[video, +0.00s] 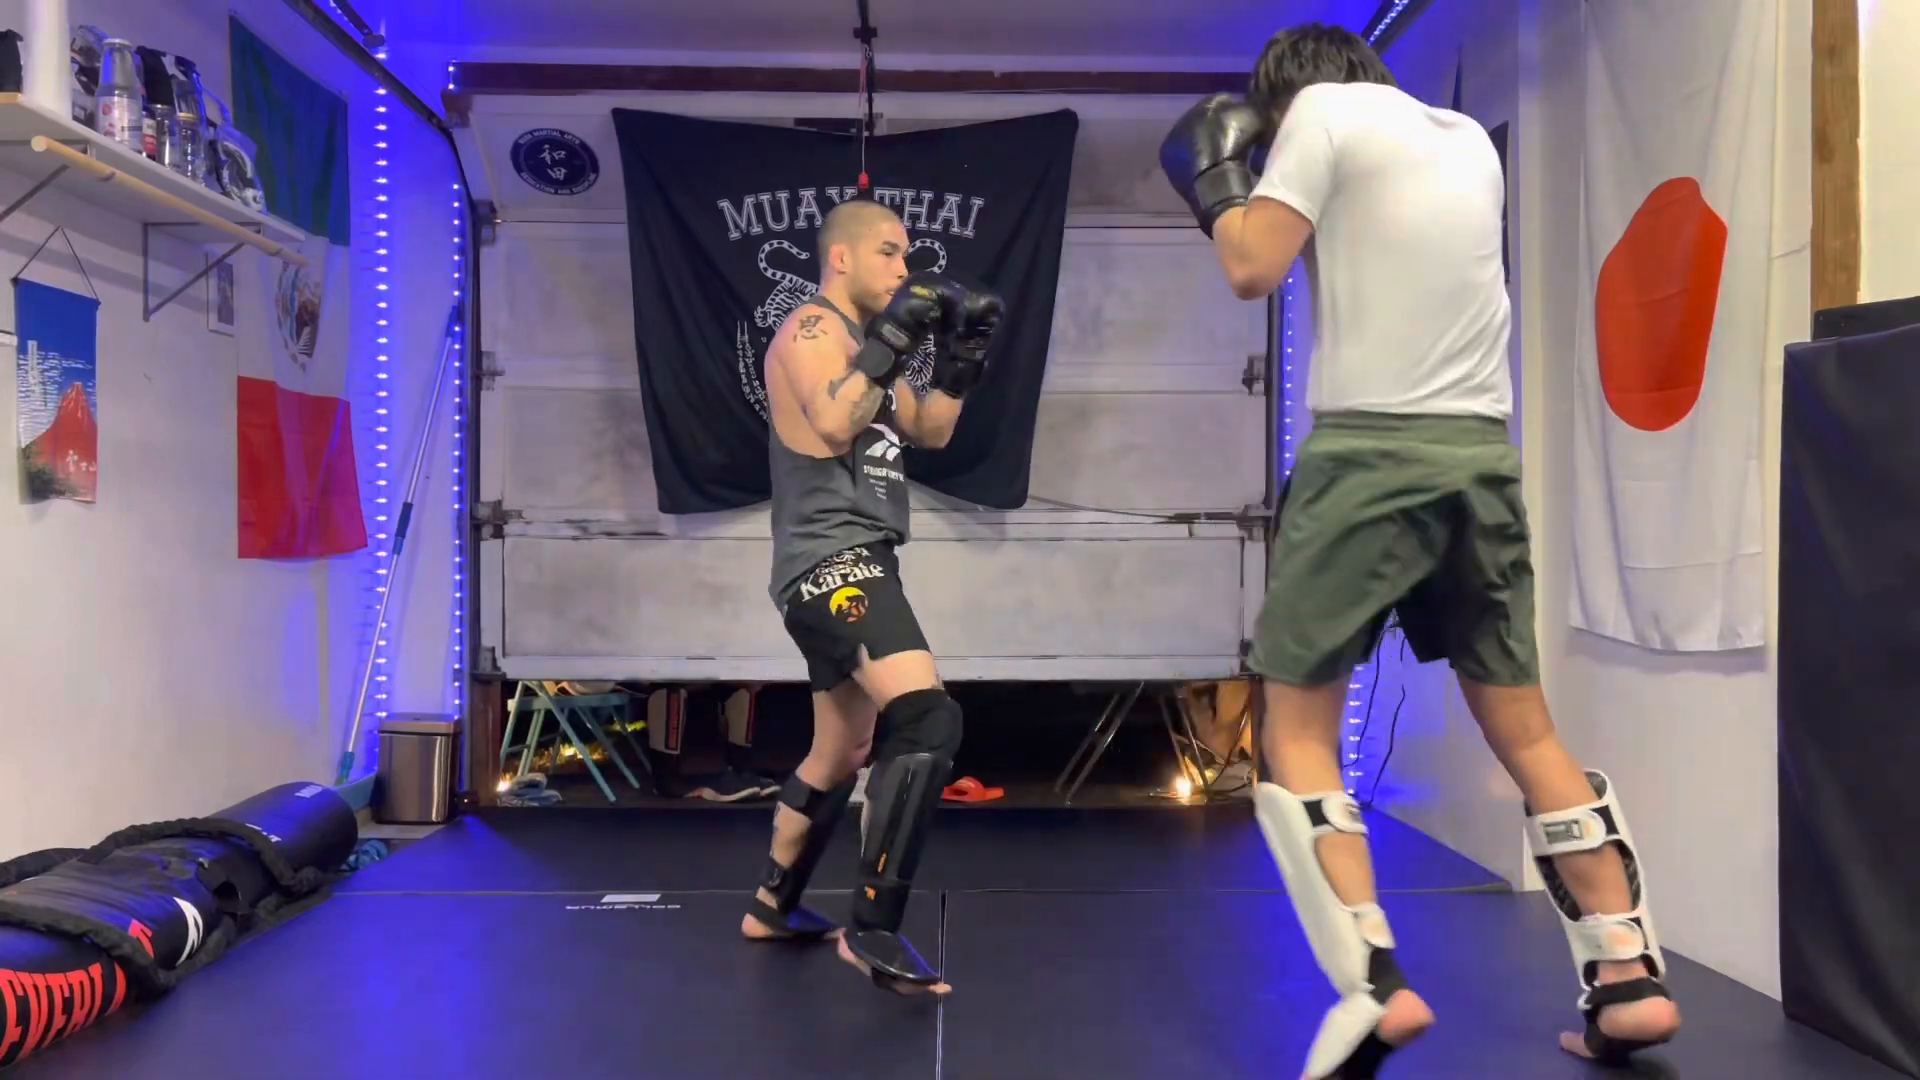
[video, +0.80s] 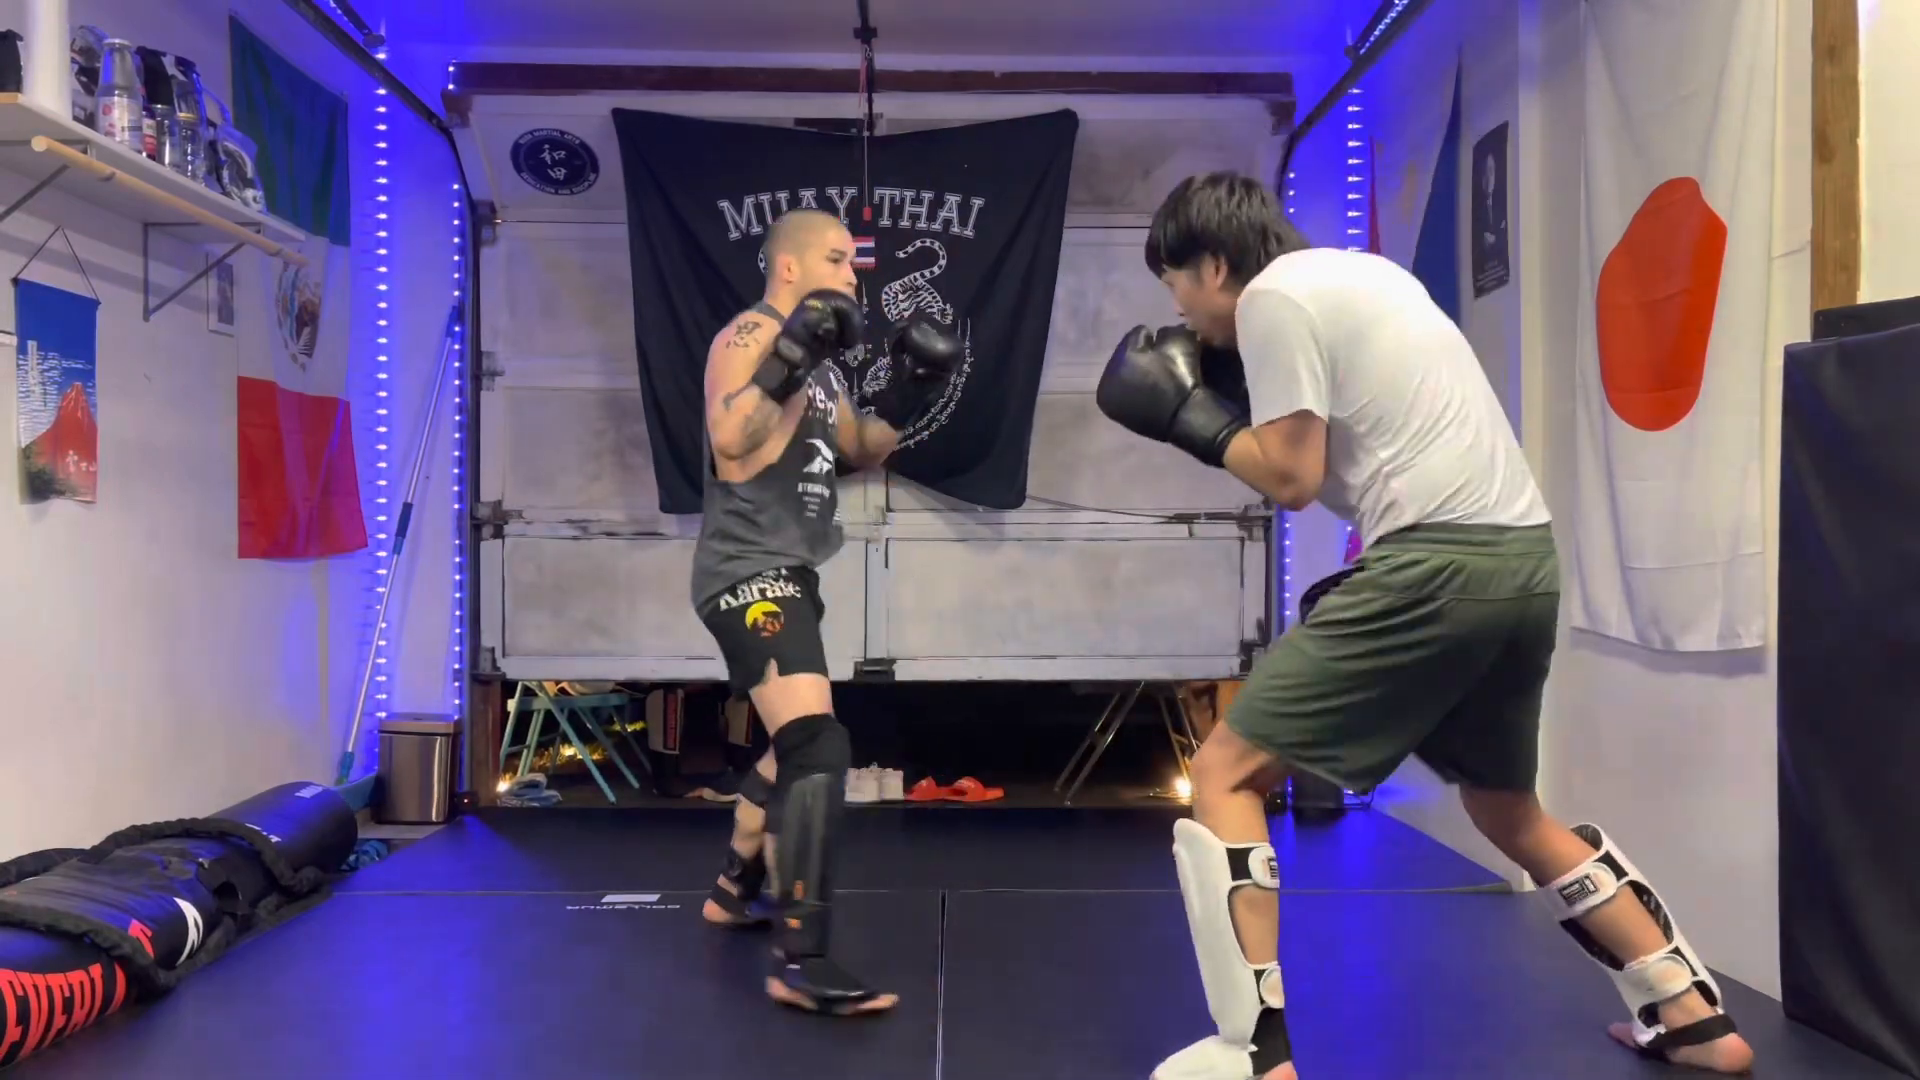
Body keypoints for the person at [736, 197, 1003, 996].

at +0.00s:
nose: (903, 269)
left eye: (905, 256)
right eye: (889, 253)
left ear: (872, 263)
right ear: (839, 257)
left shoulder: (869, 342)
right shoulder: (808, 329)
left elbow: (929, 431)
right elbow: (832, 425)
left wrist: (959, 363)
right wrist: (894, 344)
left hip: (851, 559)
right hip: (833, 560)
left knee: (839, 748)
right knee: (924, 722)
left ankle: (775, 903)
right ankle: (875, 928)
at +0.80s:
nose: (852, 271)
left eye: (852, 259)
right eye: (838, 258)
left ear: (822, 271)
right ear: (786, 268)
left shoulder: (816, 351)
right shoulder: (748, 337)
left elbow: (859, 448)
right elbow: (731, 447)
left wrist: (913, 386)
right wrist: (798, 357)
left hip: (788, 572)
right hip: (751, 571)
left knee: (793, 745)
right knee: (817, 751)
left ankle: (739, 881)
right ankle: (802, 958)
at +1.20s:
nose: (779, 281)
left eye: (779, 267)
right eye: (764, 265)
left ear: (723, 277)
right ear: (711, 272)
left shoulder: (722, 351)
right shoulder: (690, 340)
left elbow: (772, 453)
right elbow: (734, 417)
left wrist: (825, 386)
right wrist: (804, 327)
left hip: (674, 590)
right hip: (686, 591)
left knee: (701, 766)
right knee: (771, 773)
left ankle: (691, 900)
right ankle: (690, 967)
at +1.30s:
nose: (759, 286)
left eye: (756, 271)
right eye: (742, 269)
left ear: (686, 284)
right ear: (690, 278)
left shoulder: (666, 359)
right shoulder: (689, 343)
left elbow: (714, 451)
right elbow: (792, 336)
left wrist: (760, 417)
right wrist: (910, 284)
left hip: (613, 603)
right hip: (653, 605)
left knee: (667, 767)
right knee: (732, 802)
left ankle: (650, 906)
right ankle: (666, 1015)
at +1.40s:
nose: (734, 280)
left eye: (732, 265)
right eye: (720, 262)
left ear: (661, 276)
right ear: (666, 271)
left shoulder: (634, 354)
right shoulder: (663, 338)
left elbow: (693, 458)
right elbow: (755, 355)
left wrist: (746, 395)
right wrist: (866, 304)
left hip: (572, 609)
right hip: (617, 608)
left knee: (621, 762)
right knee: (714, 793)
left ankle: (540, 910)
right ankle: (663, 1019)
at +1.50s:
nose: (703, 271)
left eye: (702, 257)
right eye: (688, 255)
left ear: (634, 269)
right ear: (634, 260)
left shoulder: (628, 351)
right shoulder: (607, 336)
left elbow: (699, 447)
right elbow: (634, 418)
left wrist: (748, 370)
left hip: (539, 596)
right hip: (565, 595)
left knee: (550, 776)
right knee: (662, 789)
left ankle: (424, 913)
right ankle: (658, 1014)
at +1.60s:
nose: (664, 280)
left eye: (664, 266)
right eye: (649, 264)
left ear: (607, 277)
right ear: (593, 272)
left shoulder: (606, 369)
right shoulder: (553, 352)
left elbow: (682, 458)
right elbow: (508, 471)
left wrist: (730, 377)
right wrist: (618, 449)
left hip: (498, 602)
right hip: (517, 597)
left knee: (503, 791)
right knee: (621, 785)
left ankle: (397, 945)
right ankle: (653, 1009)